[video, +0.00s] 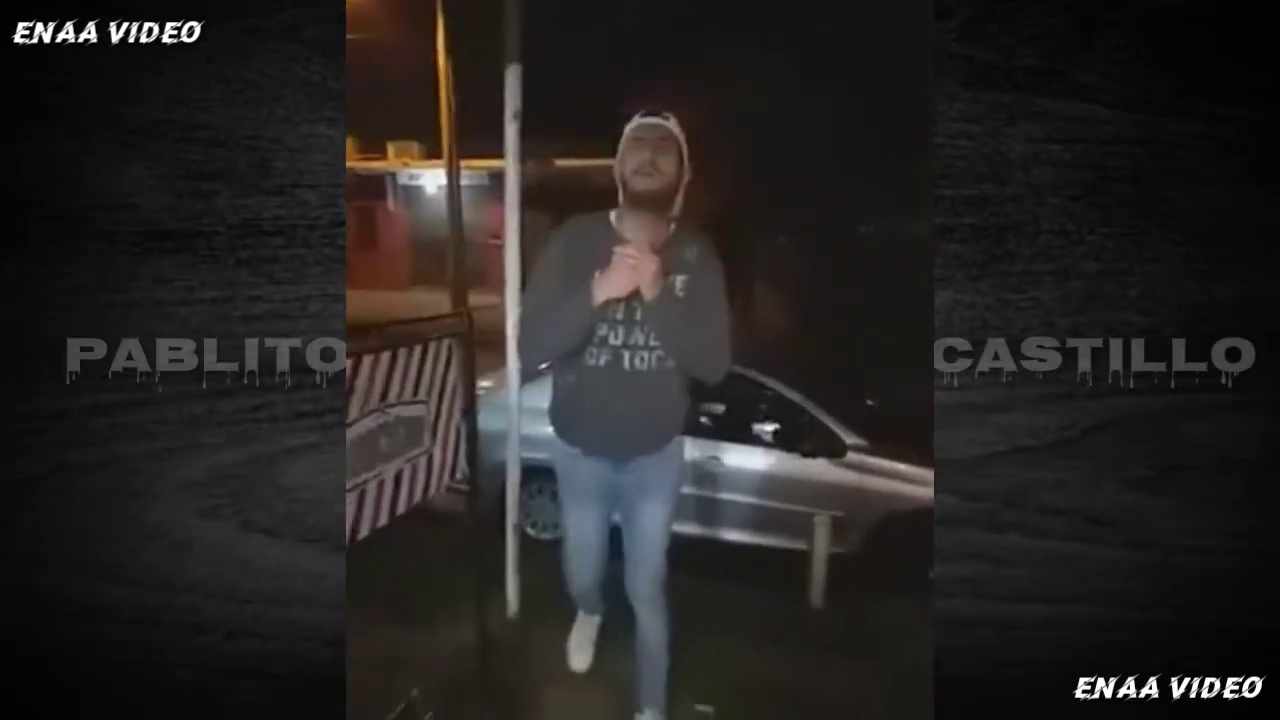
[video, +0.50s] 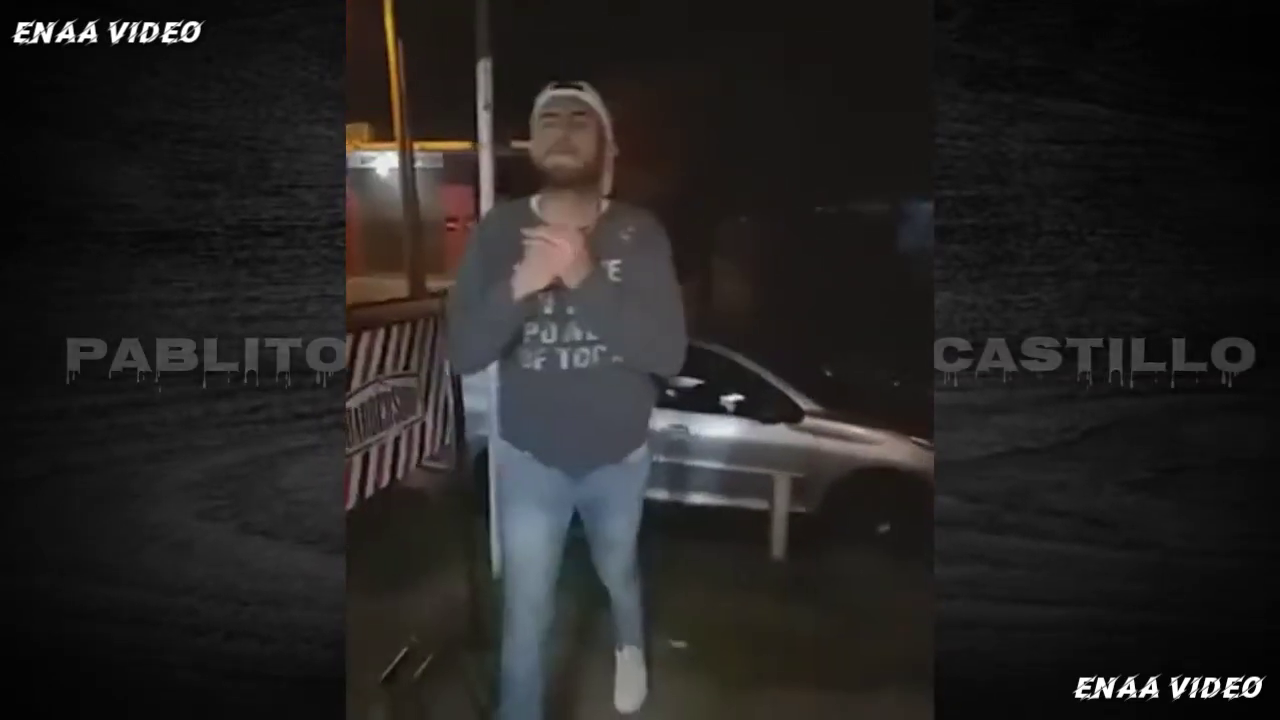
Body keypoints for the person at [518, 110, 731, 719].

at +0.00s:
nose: (648, 158)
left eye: (662, 149)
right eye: (637, 147)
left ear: (683, 169)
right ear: (616, 163)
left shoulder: (695, 254)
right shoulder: (575, 239)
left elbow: (712, 364)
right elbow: (533, 348)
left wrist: (657, 297)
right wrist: (598, 292)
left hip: (654, 446)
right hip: (580, 443)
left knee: (645, 587)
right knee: (581, 574)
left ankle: (651, 708)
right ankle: (590, 614)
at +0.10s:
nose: (663, 147)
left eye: (677, 137)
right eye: (651, 136)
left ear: (698, 159)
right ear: (630, 152)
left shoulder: (711, 245)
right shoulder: (589, 230)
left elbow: (731, 354)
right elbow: (546, 339)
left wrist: (671, 287)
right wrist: (610, 285)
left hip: (671, 441)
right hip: (594, 438)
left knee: (661, 579)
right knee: (595, 585)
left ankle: (664, 696)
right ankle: (609, 624)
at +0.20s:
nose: (643, 143)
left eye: (658, 133)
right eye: (630, 132)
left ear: (681, 153)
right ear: (611, 150)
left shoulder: (698, 242)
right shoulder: (572, 227)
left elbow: (718, 354)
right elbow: (527, 338)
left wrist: (653, 284)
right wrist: (591, 285)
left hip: (659, 443)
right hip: (579, 440)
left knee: (651, 581)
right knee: (572, 597)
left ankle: (656, 689)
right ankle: (589, 673)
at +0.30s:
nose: (615, 133)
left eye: (632, 122)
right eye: (602, 121)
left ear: (657, 143)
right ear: (584, 140)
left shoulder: (678, 231)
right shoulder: (549, 219)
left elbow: (700, 347)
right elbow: (509, 333)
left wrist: (630, 274)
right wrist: (566, 279)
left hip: (645, 441)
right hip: (562, 438)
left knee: (641, 572)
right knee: (551, 586)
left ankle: (646, 674)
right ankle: (548, 705)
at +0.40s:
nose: (586, 135)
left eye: (603, 125)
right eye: (573, 125)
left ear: (630, 146)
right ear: (556, 146)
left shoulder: (656, 233)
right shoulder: (521, 230)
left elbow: (682, 351)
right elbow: (485, 346)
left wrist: (607, 278)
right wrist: (543, 286)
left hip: (631, 446)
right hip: (547, 446)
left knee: (631, 572)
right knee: (536, 606)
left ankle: (638, 667)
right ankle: (525, 712)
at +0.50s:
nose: (562, 132)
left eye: (579, 121)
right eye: (548, 122)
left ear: (605, 143)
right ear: (529, 142)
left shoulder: (636, 231)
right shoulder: (501, 227)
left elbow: (667, 353)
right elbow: (463, 352)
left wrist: (586, 279)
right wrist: (522, 283)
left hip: (617, 453)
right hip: (527, 452)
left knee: (618, 572)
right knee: (525, 608)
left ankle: (630, 653)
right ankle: (518, 712)